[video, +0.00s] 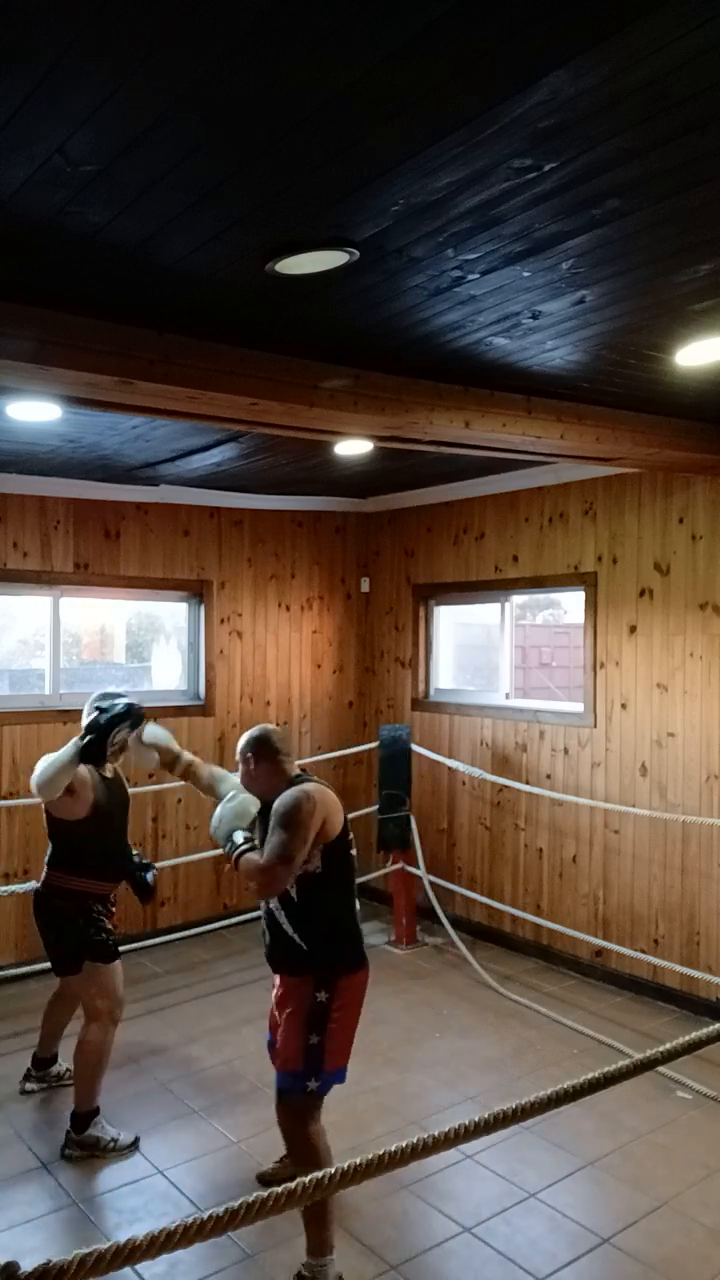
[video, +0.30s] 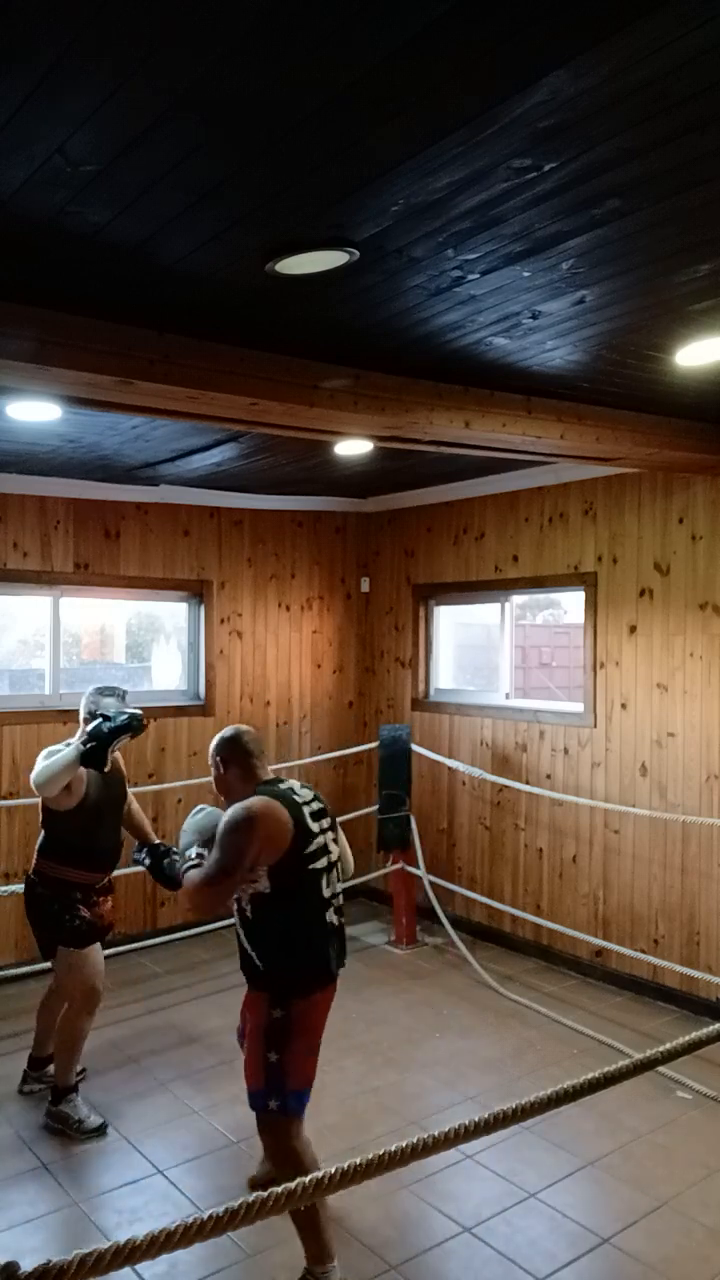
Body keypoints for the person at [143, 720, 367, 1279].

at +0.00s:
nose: (239, 778)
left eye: (241, 768)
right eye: (239, 769)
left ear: (259, 764)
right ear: (276, 757)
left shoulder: (303, 801)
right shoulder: (278, 799)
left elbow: (267, 880)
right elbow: (197, 771)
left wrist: (236, 842)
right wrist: (146, 735)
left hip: (326, 977)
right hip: (298, 969)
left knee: (300, 1118)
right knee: (288, 1073)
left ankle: (320, 1260)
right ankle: (299, 1158)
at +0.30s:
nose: (213, 781)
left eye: (214, 771)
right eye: (214, 771)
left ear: (226, 768)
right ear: (260, 758)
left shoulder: (249, 816)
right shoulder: (302, 795)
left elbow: (202, 896)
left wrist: (175, 863)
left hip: (283, 980)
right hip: (315, 967)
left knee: (281, 1124)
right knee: (272, 1069)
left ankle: (321, 1264)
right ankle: (278, 1159)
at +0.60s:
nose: (209, 774)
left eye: (210, 765)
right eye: (214, 765)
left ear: (219, 763)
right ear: (258, 760)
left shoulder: (216, 808)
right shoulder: (292, 799)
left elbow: (165, 890)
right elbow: (279, 875)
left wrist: (166, 839)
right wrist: (203, 846)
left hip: (248, 980)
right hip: (298, 972)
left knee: (207, 1123)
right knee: (262, 1081)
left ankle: (283, 1247)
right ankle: (261, 1190)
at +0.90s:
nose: (186, 779)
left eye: (185, 771)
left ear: (188, 772)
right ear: (236, 769)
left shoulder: (169, 816)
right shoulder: (270, 807)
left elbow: (131, 894)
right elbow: (290, 877)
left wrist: (168, 868)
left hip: (207, 989)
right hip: (269, 980)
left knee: (173, 1136)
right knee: (249, 1078)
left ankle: (190, 1271)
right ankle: (257, 1182)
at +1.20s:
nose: (161, 766)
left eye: (162, 759)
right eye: (165, 759)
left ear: (170, 760)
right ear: (215, 758)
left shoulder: (176, 809)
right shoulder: (243, 797)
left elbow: (113, 874)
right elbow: (204, 856)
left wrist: (133, 819)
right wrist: (145, 844)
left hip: (194, 979)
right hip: (241, 965)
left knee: (138, 1119)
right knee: (225, 1055)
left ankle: (168, 1260)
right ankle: (246, 1156)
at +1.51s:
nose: (147, 768)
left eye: (147, 760)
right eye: (149, 759)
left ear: (151, 761)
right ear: (197, 757)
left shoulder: (162, 806)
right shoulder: (227, 794)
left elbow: (117, 891)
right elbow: (196, 853)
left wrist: (118, 845)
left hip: (188, 975)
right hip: (238, 963)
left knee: (139, 1110)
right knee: (227, 1049)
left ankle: (145, 1255)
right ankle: (245, 1155)